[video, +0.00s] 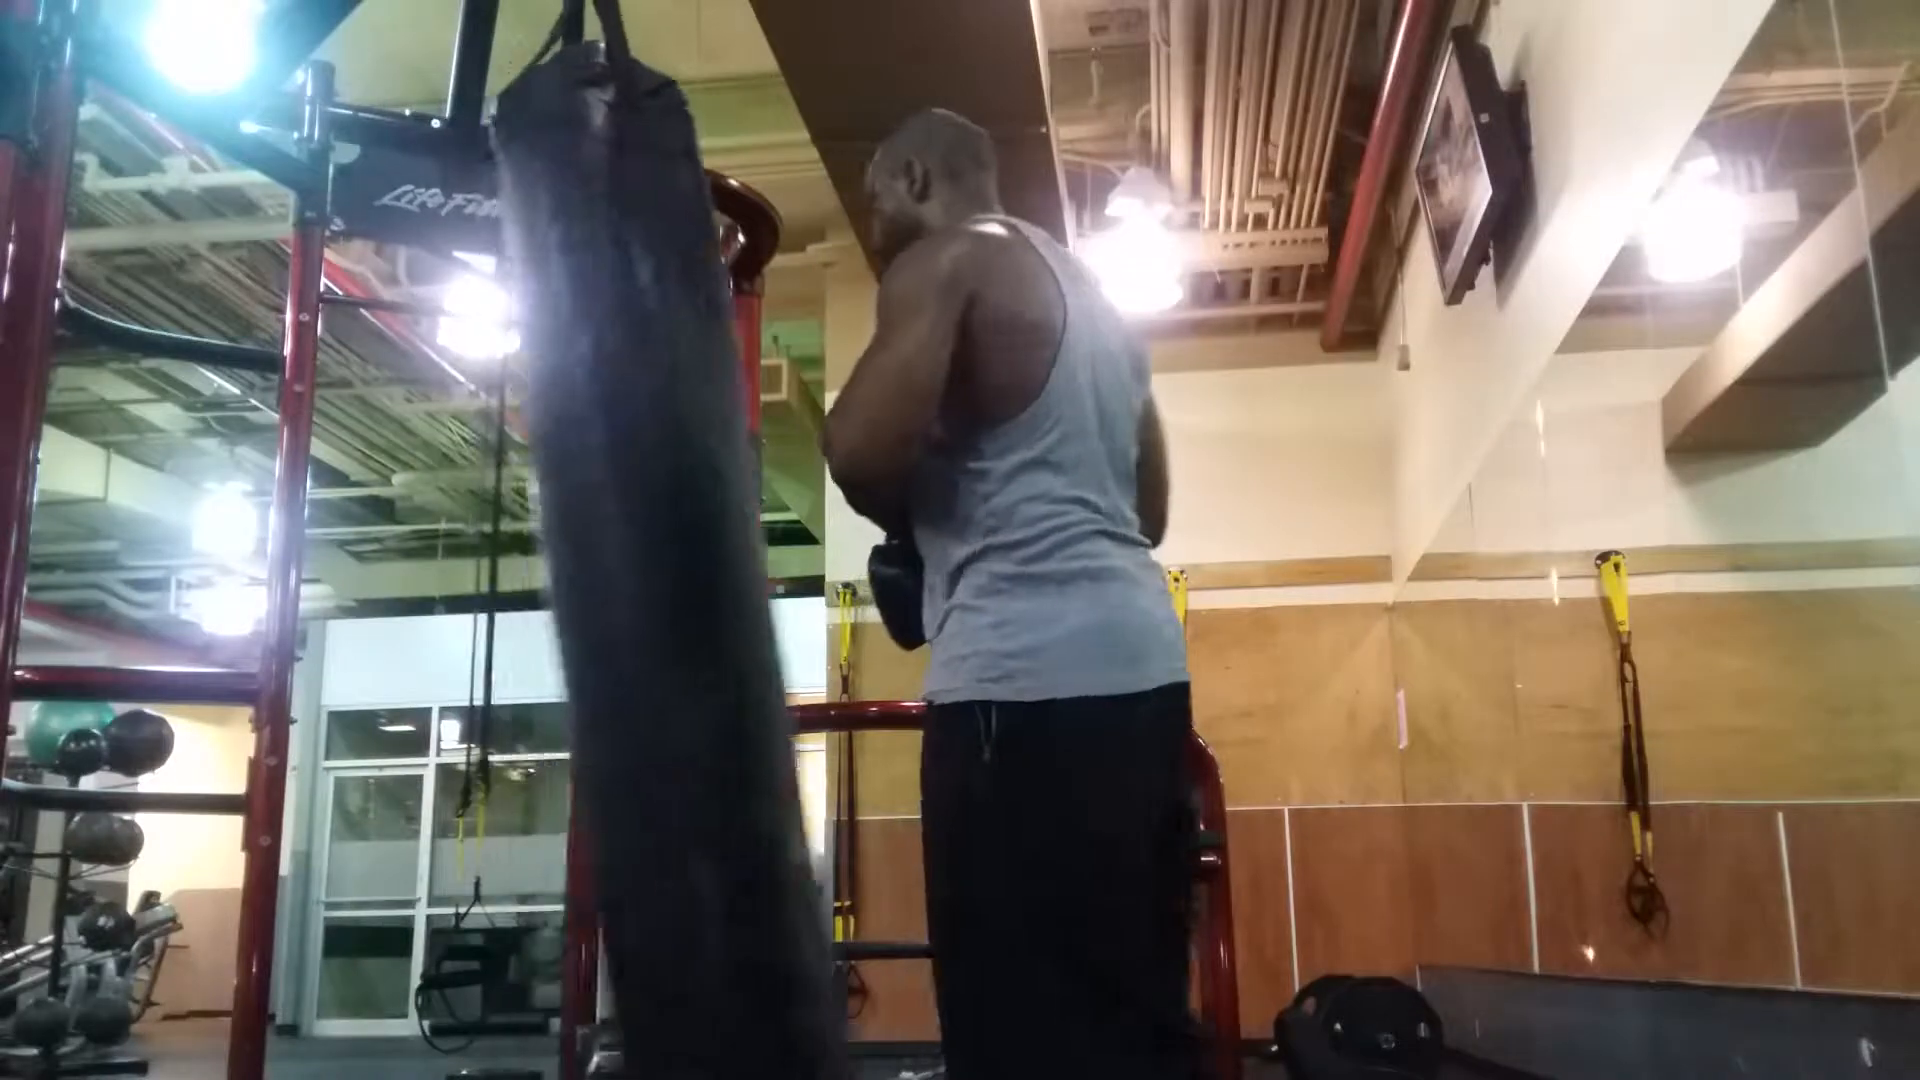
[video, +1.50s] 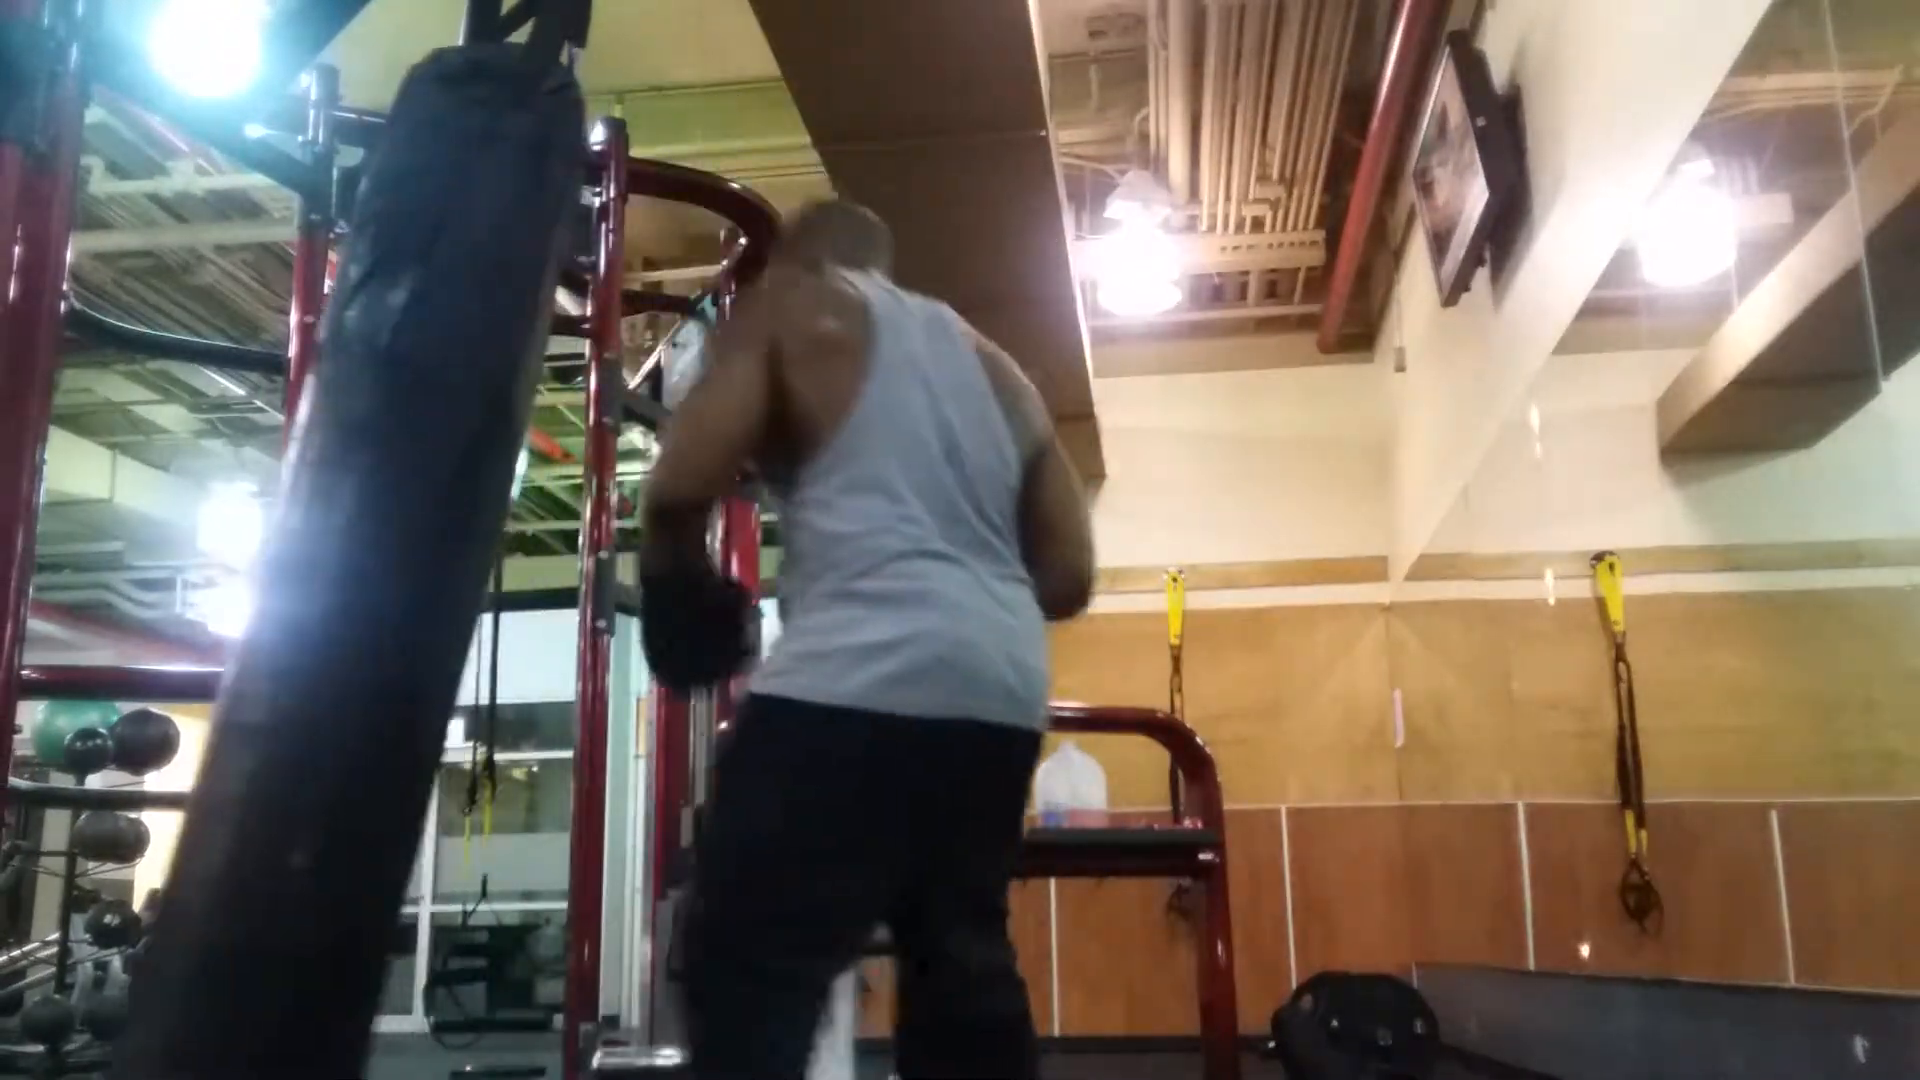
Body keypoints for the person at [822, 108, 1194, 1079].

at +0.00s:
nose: (873, 231)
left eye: (874, 205)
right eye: (870, 209)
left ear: (909, 179)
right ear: (982, 182)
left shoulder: (944, 259)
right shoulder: (1091, 295)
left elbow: (863, 452)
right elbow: (1144, 515)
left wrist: (920, 527)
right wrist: (951, 551)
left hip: (1021, 689)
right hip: (1139, 681)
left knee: (1010, 1023)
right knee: (1133, 1010)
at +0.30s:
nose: (873, 260)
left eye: (871, 230)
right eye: (865, 236)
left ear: (920, 199)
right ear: (970, 196)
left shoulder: (984, 256)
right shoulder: (1078, 282)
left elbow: (915, 453)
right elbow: (1065, 497)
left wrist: (902, 525)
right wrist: (943, 571)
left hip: (1033, 655)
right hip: (1137, 653)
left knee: (896, 970)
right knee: (1101, 963)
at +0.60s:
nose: (754, 251)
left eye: (751, 219)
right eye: (743, 228)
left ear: (801, 191)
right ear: (840, 190)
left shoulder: (905, 263)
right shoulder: (942, 260)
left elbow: (876, 463)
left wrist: (801, 480)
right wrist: (818, 457)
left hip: (960, 676)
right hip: (1021, 672)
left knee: (848, 1000)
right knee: (1066, 981)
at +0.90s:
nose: (625, 212)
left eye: (618, 188)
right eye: (619, 196)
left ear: (644, 151)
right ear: (718, 131)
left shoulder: (714, 201)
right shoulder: (874, 240)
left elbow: (654, 436)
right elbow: (952, 458)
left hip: (842, 631)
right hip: (965, 622)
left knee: (737, 974)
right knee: (928, 945)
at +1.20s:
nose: (658, 203)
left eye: (655, 190)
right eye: (659, 192)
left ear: (675, 164)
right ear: (768, 158)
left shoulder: (666, 212)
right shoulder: (910, 259)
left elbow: (595, 435)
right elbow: (998, 471)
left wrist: (678, 507)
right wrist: (872, 520)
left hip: (792, 635)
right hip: (955, 636)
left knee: (713, 989)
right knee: (920, 967)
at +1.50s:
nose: (764, 292)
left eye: (769, 276)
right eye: (767, 281)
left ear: (797, 260)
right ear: (886, 268)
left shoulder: (787, 297)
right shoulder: (996, 364)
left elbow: (678, 485)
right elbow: (1067, 573)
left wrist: (683, 595)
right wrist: (951, 606)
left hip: (846, 681)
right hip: (998, 701)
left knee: (749, 975)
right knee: (963, 957)